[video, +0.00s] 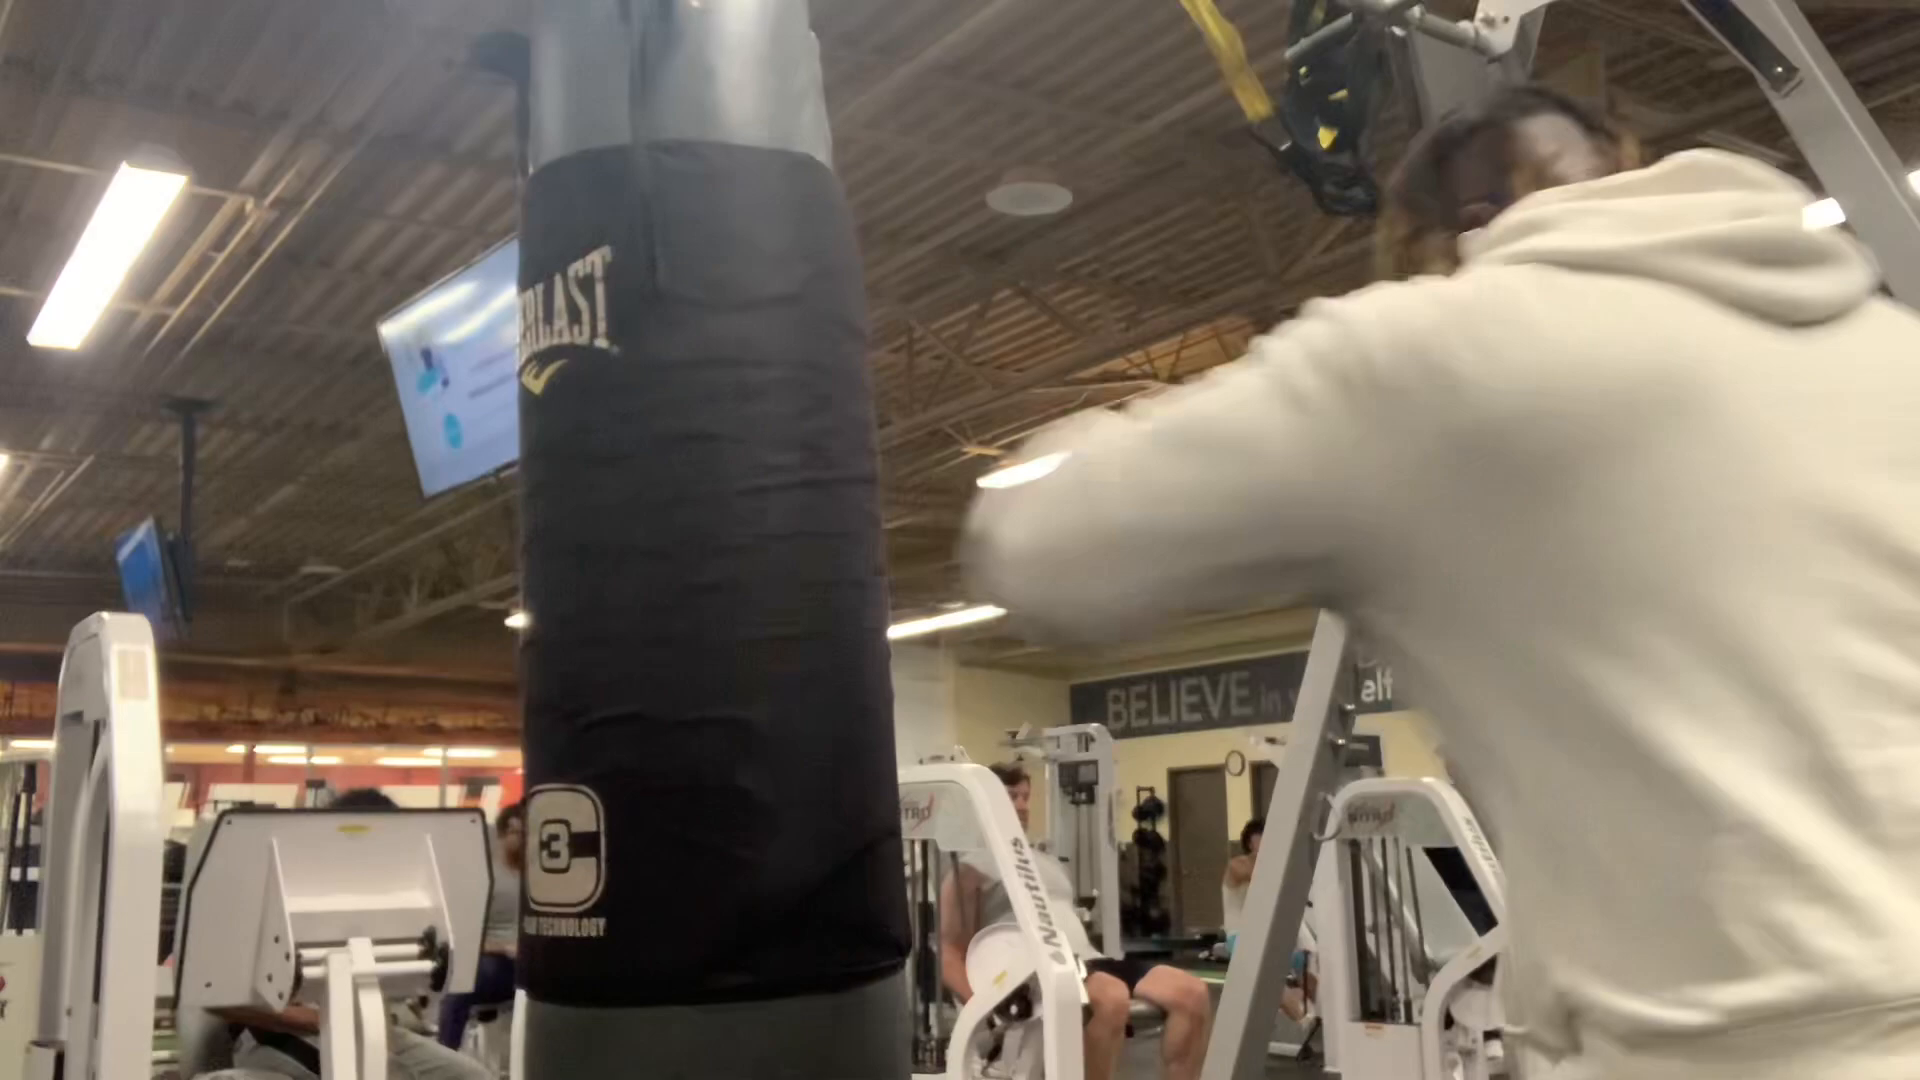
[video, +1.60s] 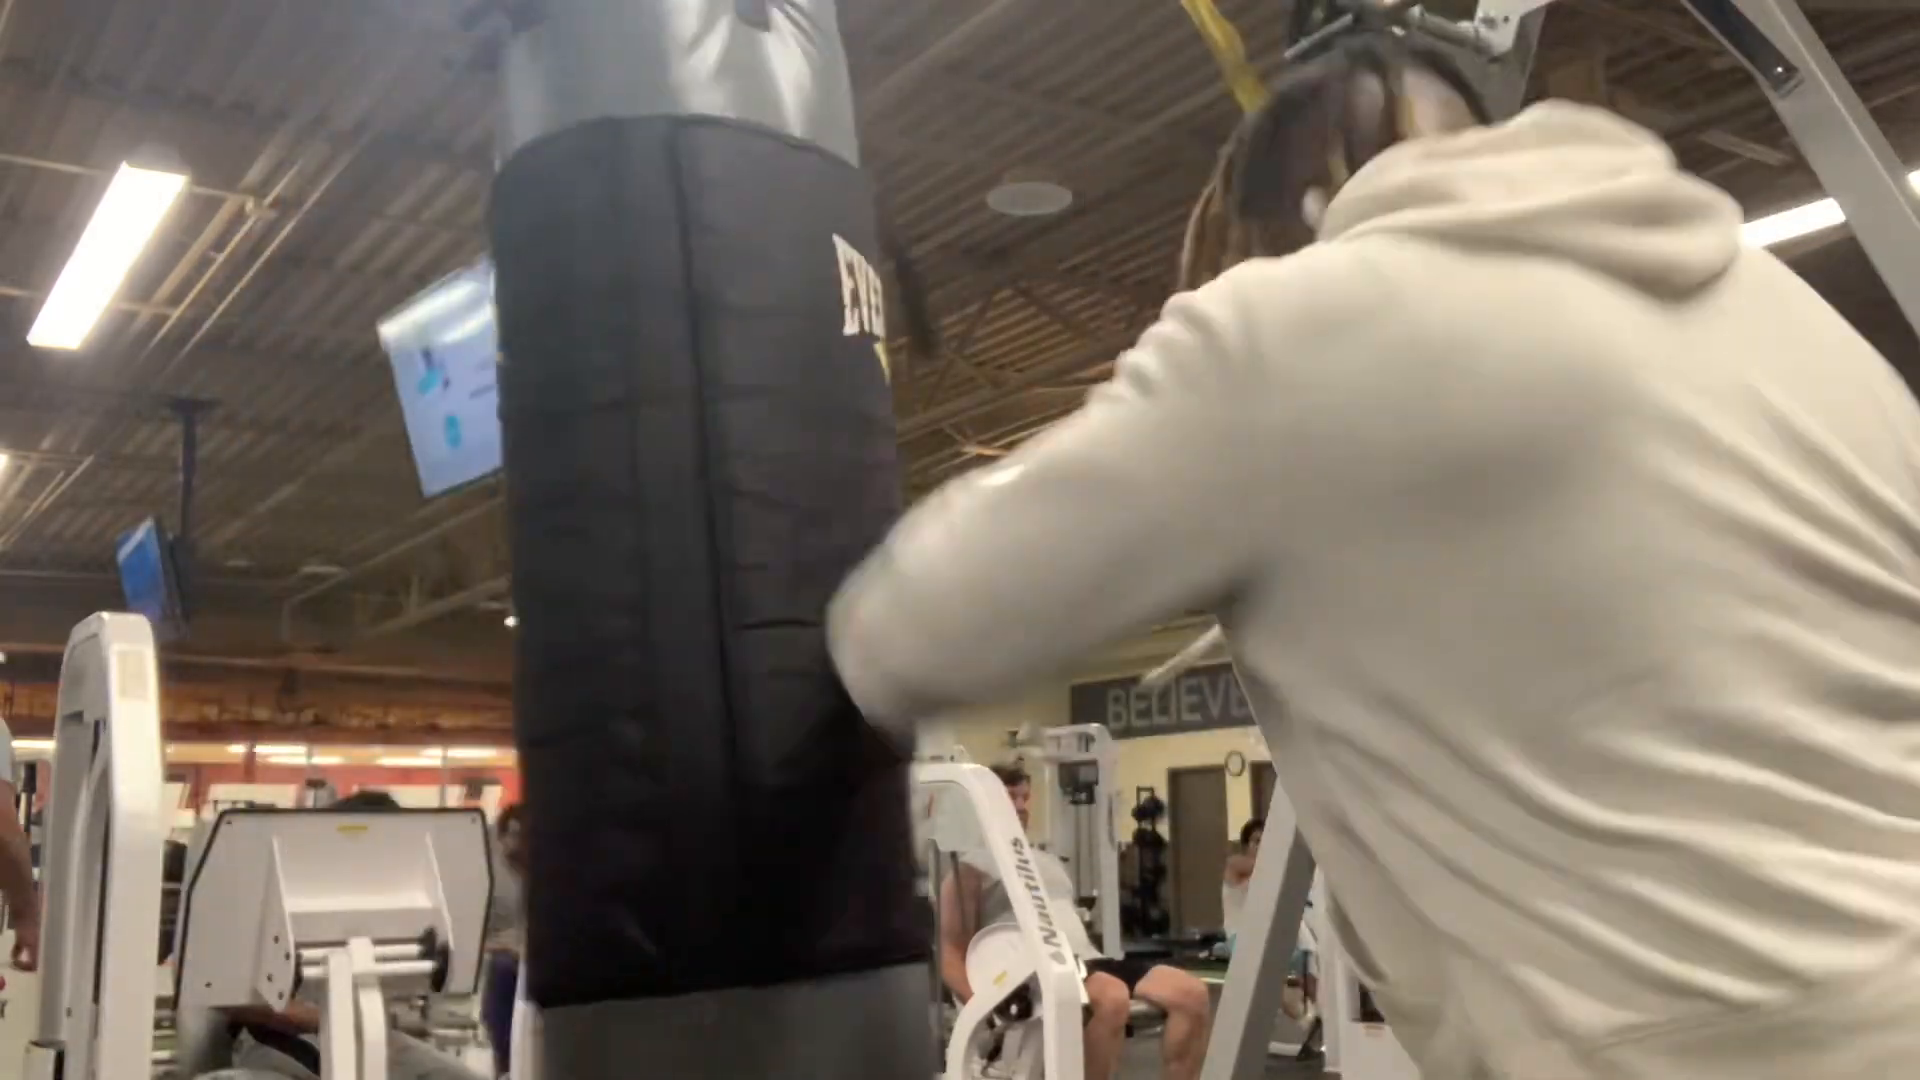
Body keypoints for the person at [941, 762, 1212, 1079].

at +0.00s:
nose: (1022, 806)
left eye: (1025, 798)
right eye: (1012, 797)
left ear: (1029, 802)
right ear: (990, 802)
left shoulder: (1037, 860)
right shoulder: (967, 872)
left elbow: (1059, 925)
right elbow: (951, 960)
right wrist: (984, 1007)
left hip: (1075, 959)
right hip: (1022, 971)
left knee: (1192, 993)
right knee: (1112, 997)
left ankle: (1180, 1074)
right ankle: (1097, 1074)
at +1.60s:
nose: (1020, 806)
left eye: (1024, 798)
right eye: (1010, 798)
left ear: (1030, 802)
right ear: (988, 803)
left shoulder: (1038, 860)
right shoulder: (966, 874)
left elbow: (1058, 925)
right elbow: (952, 960)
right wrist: (985, 1006)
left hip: (1075, 961)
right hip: (1020, 973)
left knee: (1191, 994)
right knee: (1112, 996)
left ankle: (1180, 1075)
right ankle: (1096, 1075)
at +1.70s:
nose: (1019, 806)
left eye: (1024, 797)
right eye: (1010, 797)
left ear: (1031, 801)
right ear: (992, 804)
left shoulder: (1044, 858)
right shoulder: (989, 860)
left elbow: (1067, 912)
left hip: (1083, 957)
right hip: (1037, 965)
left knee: (1192, 995)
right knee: (1112, 999)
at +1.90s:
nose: (1023, 806)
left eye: (1026, 798)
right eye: (1016, 799)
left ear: (1031, 801)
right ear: (999, 804)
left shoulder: (1041, 856)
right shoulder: (994, 857)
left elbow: (1064, 907)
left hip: (1085, 956)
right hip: (1044, 965)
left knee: (1192, 994)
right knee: (1112, 1000)